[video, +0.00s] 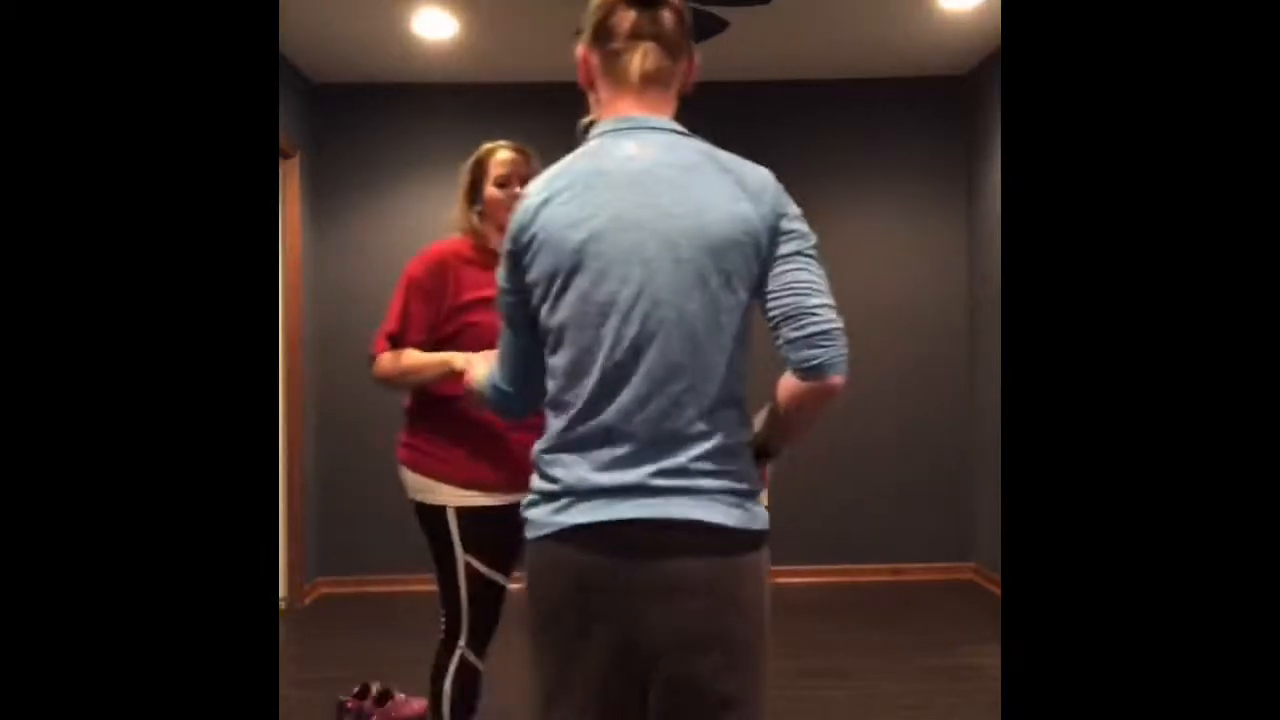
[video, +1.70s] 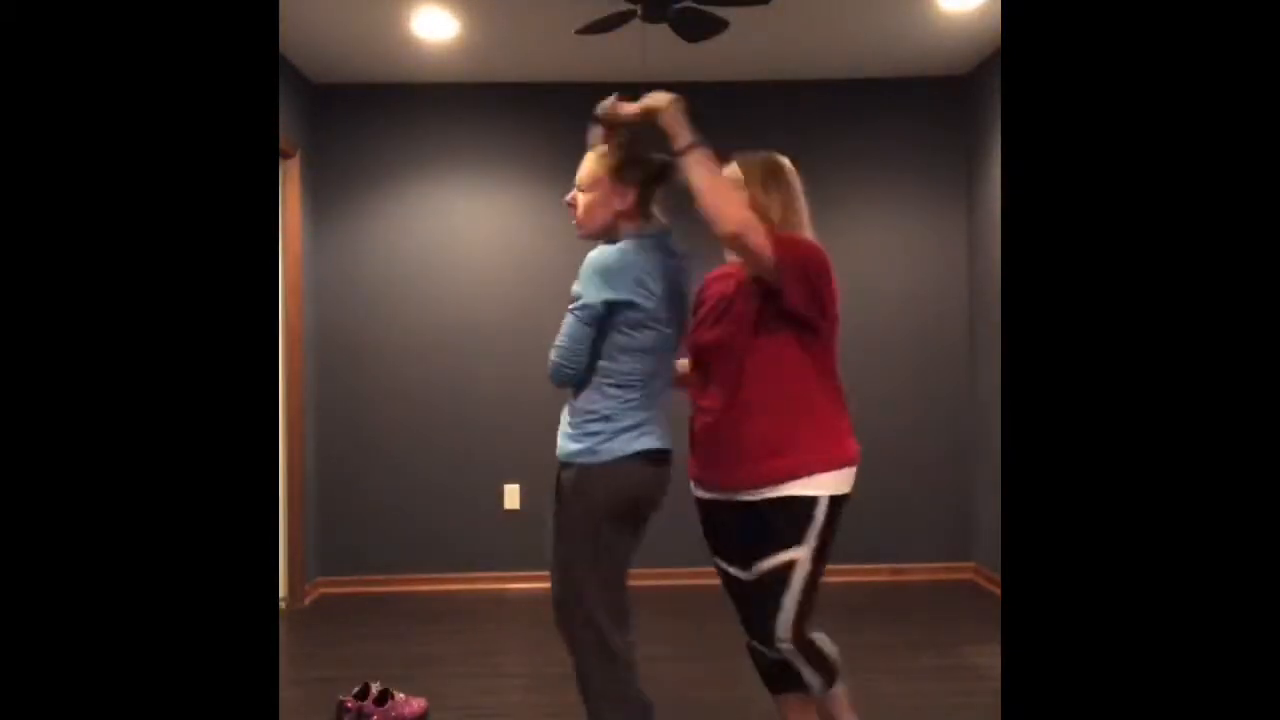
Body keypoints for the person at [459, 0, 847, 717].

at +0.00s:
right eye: (693, 61)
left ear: (585, 67)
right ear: (689, 72)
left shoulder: (542, 202)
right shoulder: (754, 188)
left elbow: (516, 394)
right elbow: (820, 369)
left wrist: (479, 371)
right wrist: (763, 446)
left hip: (573, 544)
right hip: (714, 545)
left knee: (576, 712)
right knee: (718, 710)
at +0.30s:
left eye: (627, 78)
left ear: (630, 86)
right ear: (727, 90)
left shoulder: (585, 215)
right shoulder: (782, 204)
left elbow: (557, 382)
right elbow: (829, 382)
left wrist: (518, 372)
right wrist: (782, 406)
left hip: (613, 525)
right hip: (740, 527)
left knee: (639, 710)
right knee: (718, 708)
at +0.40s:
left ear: (643, 92)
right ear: (738, 96)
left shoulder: (598, 220)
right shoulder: (791, 212)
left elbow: (569, 391)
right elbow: (825, 390)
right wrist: (753, 408)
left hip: (629, 522)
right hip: (754, 524)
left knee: (645, 707)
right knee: (743, 706)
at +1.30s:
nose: (658, 170)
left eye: (659, 158)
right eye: (659, 159)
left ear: (673, 158)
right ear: (737, 163)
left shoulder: (634, 250)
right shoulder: (778, 250)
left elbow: (611, 385)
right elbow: (767, 353)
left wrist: (683, 364)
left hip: (660, 506)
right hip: (759, 498)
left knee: (653, 688)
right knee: (773, 685)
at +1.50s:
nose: (612, 193)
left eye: (618, 180)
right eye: (614, 180)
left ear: (644, 184)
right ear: (687, 186)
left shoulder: (606, 263)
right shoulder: (724, 265)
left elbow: (571, 379)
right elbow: (720, 358)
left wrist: (627, 383)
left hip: (615, 490)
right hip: (701, 485)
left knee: (622, 664)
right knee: (717, 653)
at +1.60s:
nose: (585, 202)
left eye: (592, 188)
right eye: (588, 188)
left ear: (629, 192)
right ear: (653, 193)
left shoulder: (603, 261)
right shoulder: (697, 262)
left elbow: (562, 373)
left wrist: (602, 375)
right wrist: (649, 142)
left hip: (599, 484)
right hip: (668, 484)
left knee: (608, 650)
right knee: (653, 626)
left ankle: (622, 718)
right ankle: (688, 709)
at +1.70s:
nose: (570, 200)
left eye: (582, 188)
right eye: (574, 187)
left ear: (625, 197)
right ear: (630, 197)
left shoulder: (607, 263)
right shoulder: (668, 259)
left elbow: (566, 369)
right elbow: (664, 352)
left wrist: (587, 331)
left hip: (599, 466)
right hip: (643, 459)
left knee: (584, 617)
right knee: (597, 615)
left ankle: (619, 713)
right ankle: (624, 710)